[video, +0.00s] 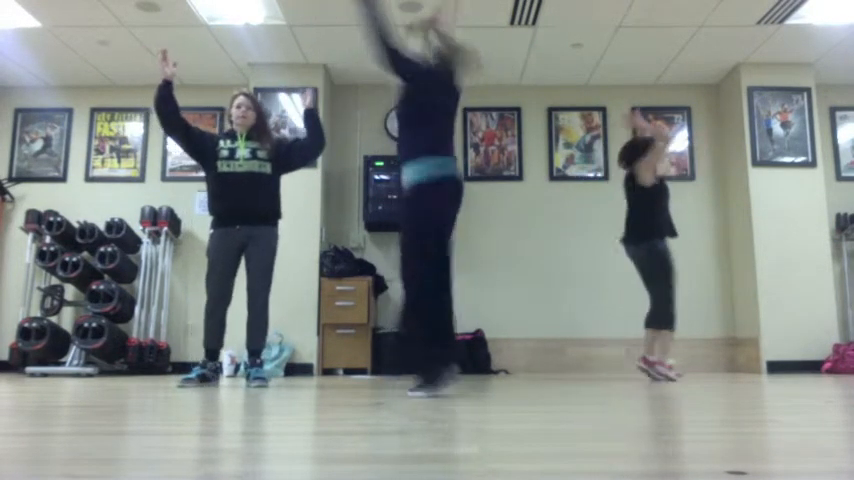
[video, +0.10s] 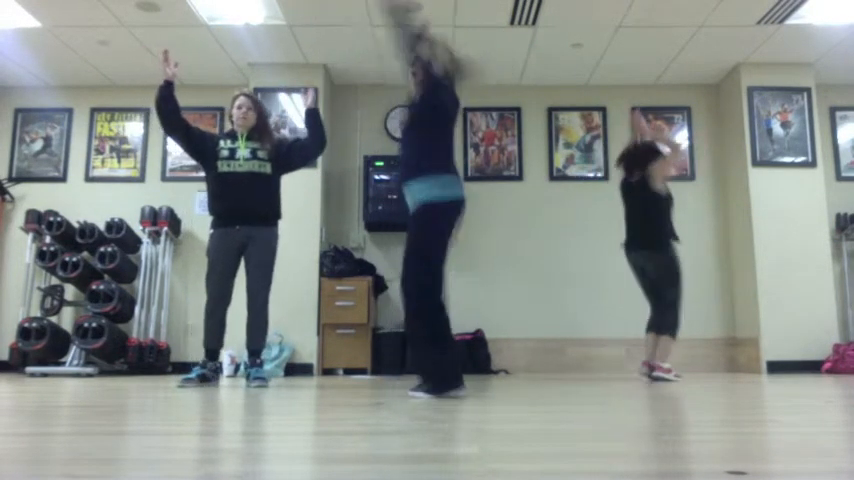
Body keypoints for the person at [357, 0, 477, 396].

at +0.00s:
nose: (414, 48)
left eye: (418, 45)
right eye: (419, 43)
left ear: (424, 52)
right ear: (449, 58)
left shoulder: (422, 78)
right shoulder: (446, 83)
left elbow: (388, 50)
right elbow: (442, 57)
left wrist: (368, 5)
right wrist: (433, 28)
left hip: (426, 185)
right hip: (443, 183)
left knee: (419, 273)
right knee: (433, 271)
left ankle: (432, 367)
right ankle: (440, 361)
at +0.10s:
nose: (412, 77)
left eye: (416, 71)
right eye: (412, 71)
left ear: (427, 73)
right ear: (435, 73)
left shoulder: (436, 99)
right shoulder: (433, 101)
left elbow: (428, 61)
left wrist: (414, 28)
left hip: (435, 199)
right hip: (434, 199)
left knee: (418, 286)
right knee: (423, 286)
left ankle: (439, 377)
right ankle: (442, 374)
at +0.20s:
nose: (424, 66)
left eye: (431, 61)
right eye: (421, 61)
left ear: (445, 65)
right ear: (416, 67)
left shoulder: (456, 96)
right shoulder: (413, 105)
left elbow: (489, 66)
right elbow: (387, 88)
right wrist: (390, 50)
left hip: (445, 200)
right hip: (419, 203)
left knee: (430, 283)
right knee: (417, 283)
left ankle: (438, 373)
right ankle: (433, 370)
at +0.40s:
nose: (443, 46)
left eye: (450, 41)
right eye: (437, 42)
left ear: (462, 48)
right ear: (431, 51)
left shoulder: (478, 86)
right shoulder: (417, 87)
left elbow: (528, 84)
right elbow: (372, 74)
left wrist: (531, 32)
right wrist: (379, 26)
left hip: (464, 186)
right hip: (422, 187)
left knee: (467, 275)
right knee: (425, 278)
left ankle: (483, 363)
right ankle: (430, 368)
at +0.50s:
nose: (449, 61)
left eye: (455, 54)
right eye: (443, 55)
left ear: (466, 61)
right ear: (436, 62)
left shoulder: (480, 103)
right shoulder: (422, 100)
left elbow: (533, 110)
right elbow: (370, 89)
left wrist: (537, 64)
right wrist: (382, 44)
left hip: (468, 199)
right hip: (425, 199)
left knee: (474, 283)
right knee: (425, 284)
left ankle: (490, 372)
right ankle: (431, 372)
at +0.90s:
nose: (469, 52)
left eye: (475, 47)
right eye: (463, 48)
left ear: (485, 55)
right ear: (454, 57)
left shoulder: (499, 96)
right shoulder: (444, 92)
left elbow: (531, 130)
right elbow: (415, 103)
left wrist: (508, 102)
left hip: (492, 192)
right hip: (452, 192)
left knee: (501, 279)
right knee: (458, 280)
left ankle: (512, 369)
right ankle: (463, 368)